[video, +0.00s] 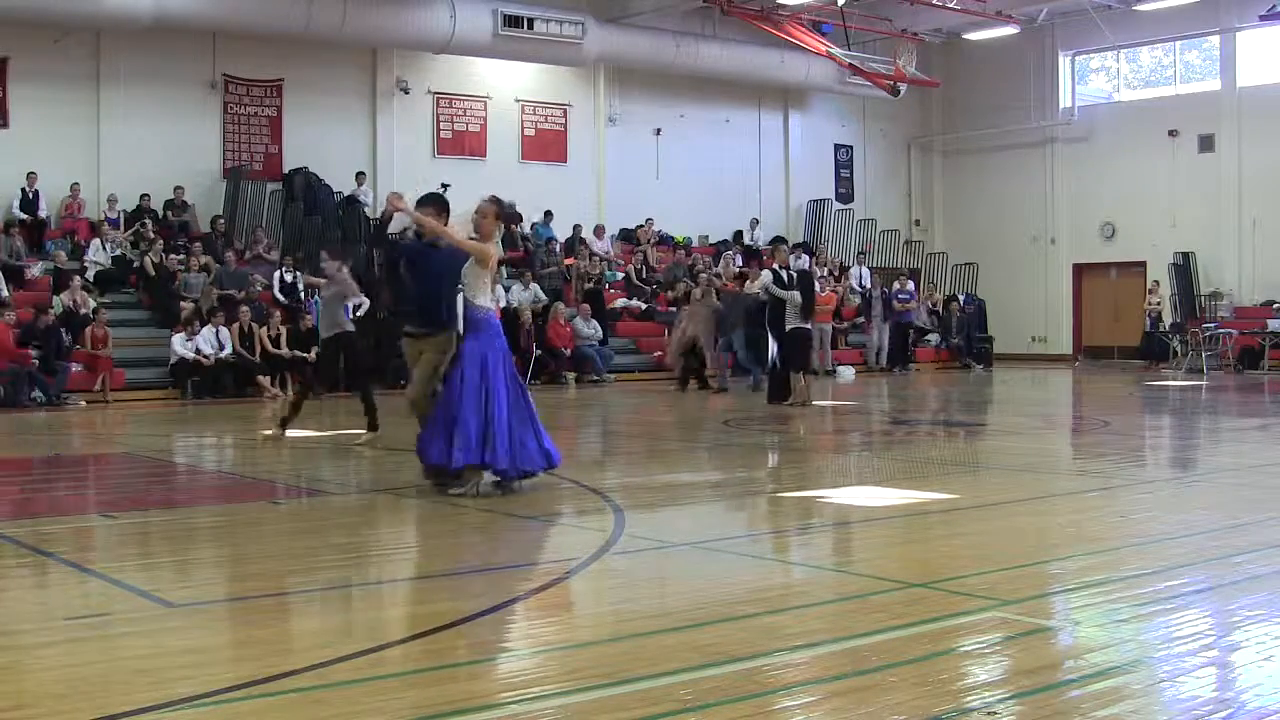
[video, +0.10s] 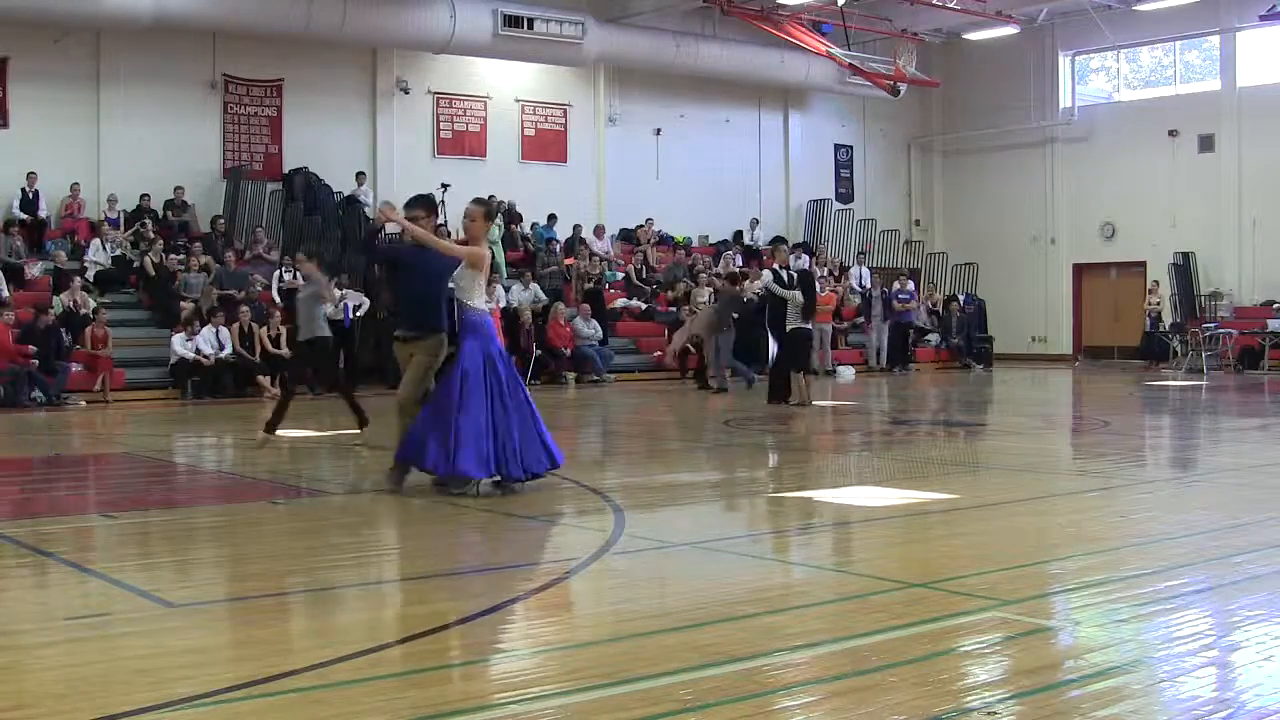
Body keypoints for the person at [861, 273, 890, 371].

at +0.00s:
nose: (874, 282)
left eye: (876, 280)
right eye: (873, 280)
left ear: (880, 281)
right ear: (871, 281)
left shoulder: (885, 292)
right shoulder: (866, 293)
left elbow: (889, 307)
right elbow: (865, 308)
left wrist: (888, 318)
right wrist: (868, 319)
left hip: (883, 319)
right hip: (872, 319)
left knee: (884, 342)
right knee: (873, 341)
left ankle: (882, 363)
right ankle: (871, 363)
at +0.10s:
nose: (875, 280)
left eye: (877, 278)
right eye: (874, 278)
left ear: (880, 280)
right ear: (871, 280)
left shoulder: (885, 292)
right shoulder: (867, 293)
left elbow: (888, 306)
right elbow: (865, 308)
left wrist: (888, 318)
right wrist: (867, 320)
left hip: (883, 320)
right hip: (872, 320)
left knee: (883, 342)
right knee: (872, 342)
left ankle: (883, 364)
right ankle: (872, 363)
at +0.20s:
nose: (875, 280)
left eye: (876, 278)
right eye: (873, 278)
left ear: (880, 280)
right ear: (871, 280)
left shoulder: (885, 292)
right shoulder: (866, 293)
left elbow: (888, 306)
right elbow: (865, 308)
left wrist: (887, 318)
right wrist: (867, 320)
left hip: (883, 319)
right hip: (872, 319)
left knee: (883, 342)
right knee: (872, 342)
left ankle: (882, 363)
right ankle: (872, 363)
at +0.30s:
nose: (875, 280)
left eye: (876, 277)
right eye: (873, 277)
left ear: (880, 279)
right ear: (871, 279)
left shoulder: (885, 292)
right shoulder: (866, 293)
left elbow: (888, 306)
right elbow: (865, 308)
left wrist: (887, 317)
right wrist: (866, 321)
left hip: (883, 320)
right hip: (872, 320)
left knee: (883, 342)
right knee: (871, 343)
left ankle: (882, 364)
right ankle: (871, 363)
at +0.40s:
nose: (875, 280)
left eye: (876, 277)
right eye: (873, 277)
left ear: (880, 279)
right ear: (871, 279)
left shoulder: (885, 291)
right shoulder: (866, 292)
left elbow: (887, 306)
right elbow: (864, 308)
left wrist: (887, 317)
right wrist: (866, 321)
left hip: (882, 320)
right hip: (871, 320)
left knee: (882, 342)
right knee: (870, 342)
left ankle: (882, 363)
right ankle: (871, 363)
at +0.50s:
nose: (875, 280)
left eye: (877, 277)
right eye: (873, 277)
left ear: (880, 279)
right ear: (871, 279)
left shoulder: (885, 292)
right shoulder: (867, 292)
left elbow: (887, 306)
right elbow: (864, 307)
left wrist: (886, 318)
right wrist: (866, 321)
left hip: (882, 320)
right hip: (871, 320)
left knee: (882, 342)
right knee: (870, 342)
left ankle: (880, 363)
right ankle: (871, 363)